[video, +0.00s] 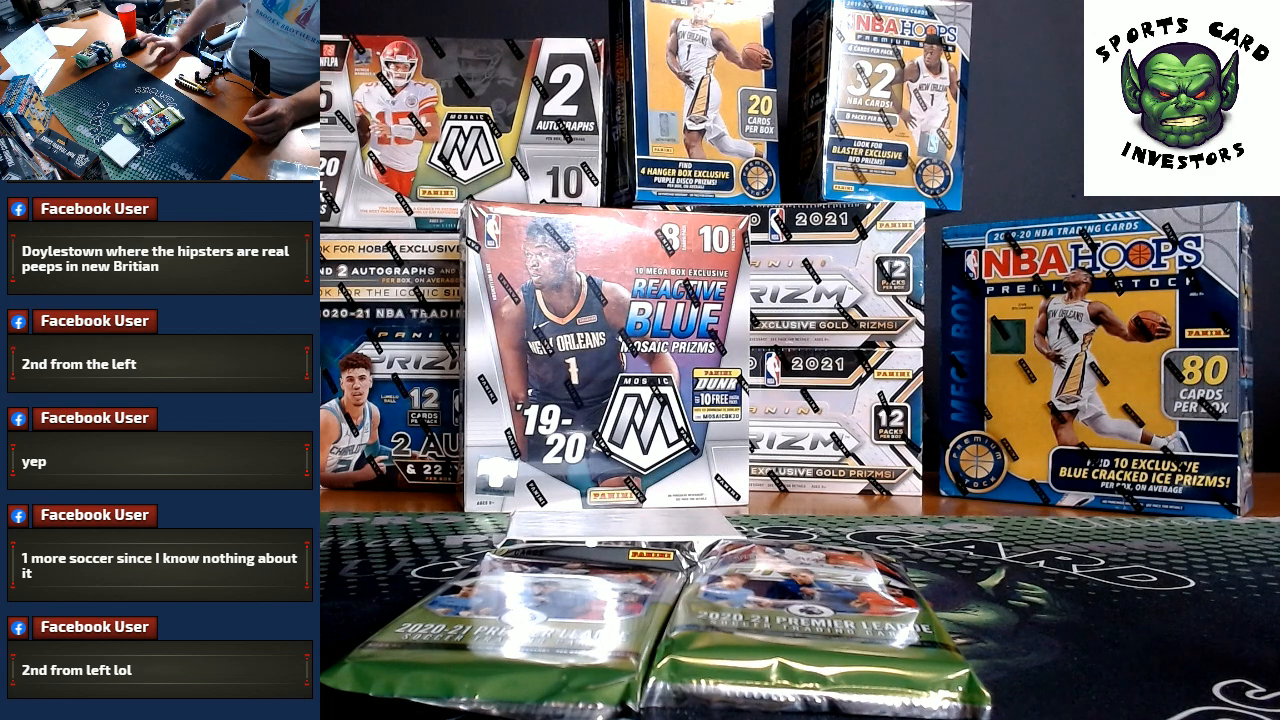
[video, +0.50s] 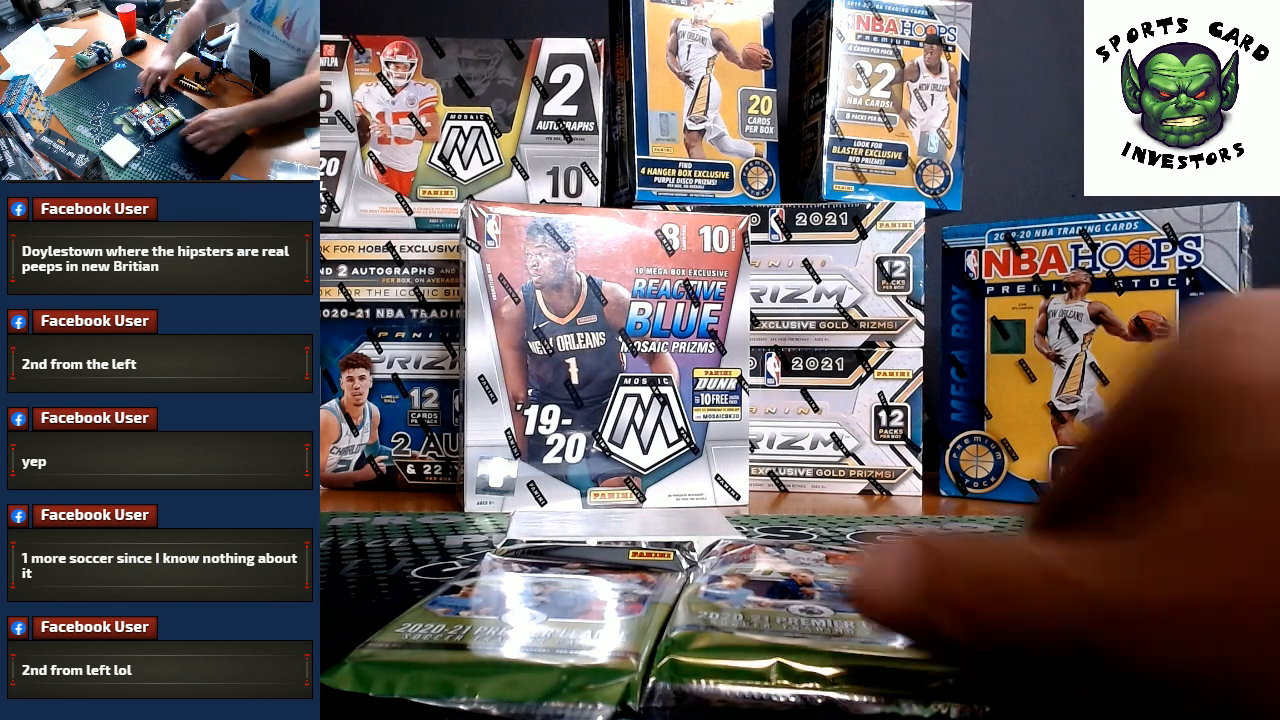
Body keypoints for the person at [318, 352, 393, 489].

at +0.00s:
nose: (356, 385)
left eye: (362, 378)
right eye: (350, 379)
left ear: (370, 382)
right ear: (341, 383)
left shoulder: (372, 413)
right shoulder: (325, 419)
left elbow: (373, 450)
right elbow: (316, 477)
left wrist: (406, 456)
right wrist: (360, 475)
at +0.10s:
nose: (356, 385)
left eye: (362, 378)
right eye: (350, 379)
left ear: (370, 382)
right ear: (341, 383)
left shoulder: (372, 413)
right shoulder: (325, 419)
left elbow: (373, 450)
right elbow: (316, 477)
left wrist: (406, 456)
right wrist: (360, 475)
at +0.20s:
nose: (356, 385)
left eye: (362, 378)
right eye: (350, 379)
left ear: (370, 382)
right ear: (341, 383)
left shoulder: (372, 413)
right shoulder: (325, 419)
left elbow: (373, 451)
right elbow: (316, 477)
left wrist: (406, 456)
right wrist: (360, 475)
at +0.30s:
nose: (356, 385)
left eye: (362, 378)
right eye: (350, 379)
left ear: (370, 382)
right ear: (341, 383)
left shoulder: (372, 413)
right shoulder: (325, 419)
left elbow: (373, 450)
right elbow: (316, 477)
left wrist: (406, 456)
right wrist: (360, 475)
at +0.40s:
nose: (356, 385)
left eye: (362, 378)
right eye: (350, 379)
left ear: (370, 382)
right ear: (341, 383)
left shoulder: (372, 413)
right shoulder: (325, 419)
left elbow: (373, 450)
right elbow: (317, 477)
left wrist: (407, 456)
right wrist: (360, 475)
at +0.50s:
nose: (356, 385)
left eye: (362, 378)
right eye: (350, 379)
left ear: (370, 382)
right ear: (341, 383)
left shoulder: (372, 413)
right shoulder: (325, 419)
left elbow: (373, 450)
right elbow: (316, 477)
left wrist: (406, 456)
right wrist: (360, 475)